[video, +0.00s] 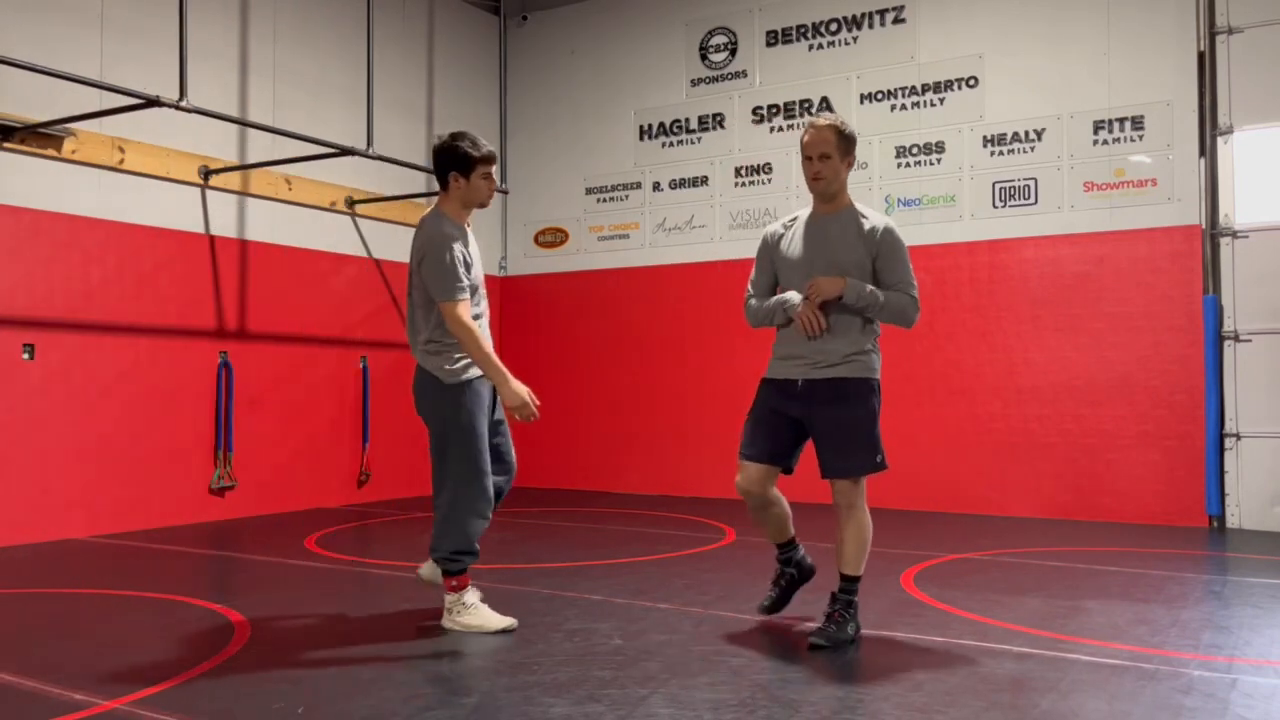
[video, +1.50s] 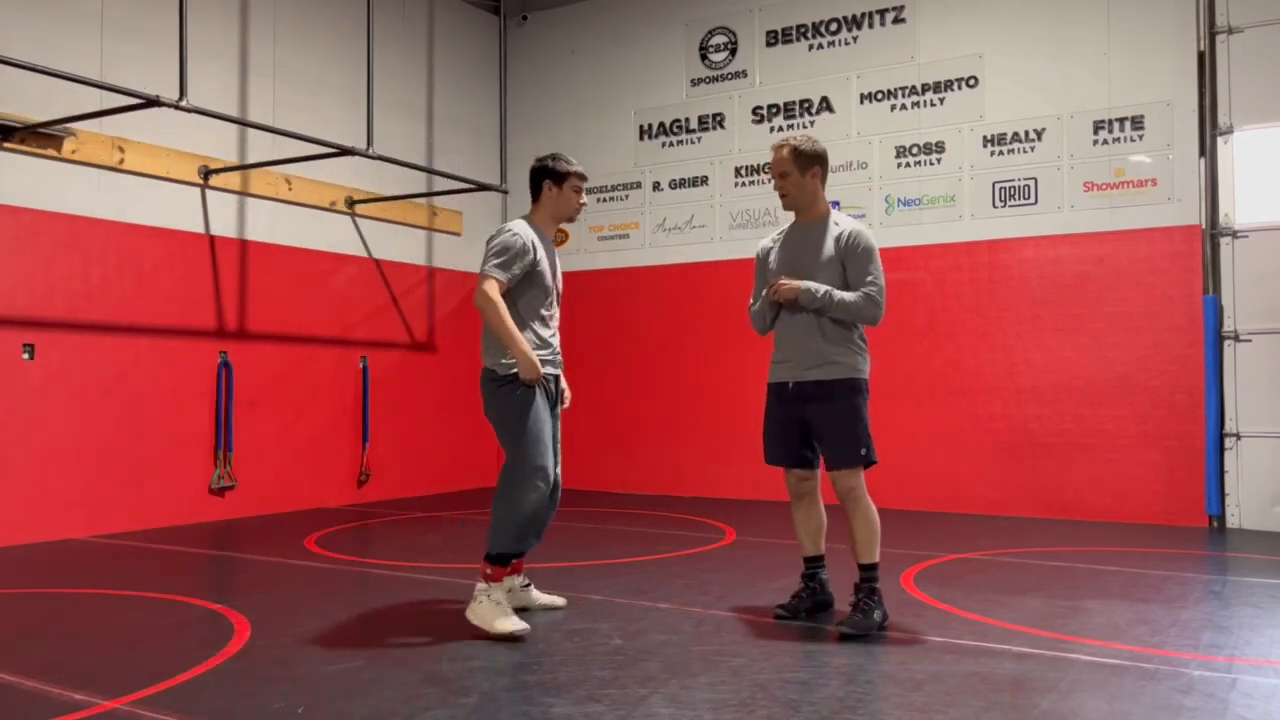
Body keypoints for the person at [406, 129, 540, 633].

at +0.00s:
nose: (496, 184)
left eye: (495, 175)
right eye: (488, 176)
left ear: (458, 182)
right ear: (456, 180)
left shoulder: (456, 228)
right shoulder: (443, 238)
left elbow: (457, 315)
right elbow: (458, 321)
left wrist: (480, 370)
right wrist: (506, 383)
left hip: (472, 376)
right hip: (453, 380)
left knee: (499, 471)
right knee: (464, 481)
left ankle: (445, 557)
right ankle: (458, 596)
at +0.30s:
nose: (517, 185)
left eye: (517, 175)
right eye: (510, 176)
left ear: (482, 180)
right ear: (478, 178)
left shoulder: (476, 226)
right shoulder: (458, 239)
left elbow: (476, 310)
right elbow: (462, 322)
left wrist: (500, 372)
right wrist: (489, 393)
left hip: (498, 375)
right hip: (470, 383)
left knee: (532, 463)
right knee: (481, 486)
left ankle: (558, 545)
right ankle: (461, 596)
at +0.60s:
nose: (529, 183)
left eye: (529, 174)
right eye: (522, 174)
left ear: (497, 179)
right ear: (491, 177)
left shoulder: (496, 230)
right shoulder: (464, 239)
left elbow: (499, 312)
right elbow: (451, 321)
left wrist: (522, 371)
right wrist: (455, 396)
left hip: (520, 377)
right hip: (488, 384)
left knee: (551, 466)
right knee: (488, 485)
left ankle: (539, 558)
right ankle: (460, 596)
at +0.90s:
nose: (546, 185)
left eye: (545, 176)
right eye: (538, 177)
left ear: (517, 182)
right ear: (509, 181)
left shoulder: (520, 239)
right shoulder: (478, 244)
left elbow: (523, 313)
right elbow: (470, 319)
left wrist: (539, 372)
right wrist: (481, 389)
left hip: (536, 380)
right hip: (504, 383)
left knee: (537, 485)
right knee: (496, 487)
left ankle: (512, 584)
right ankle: (461, 597)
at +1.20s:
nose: (568, 192)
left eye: (568, 185)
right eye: (561, 184)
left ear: (543, 189)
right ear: (533, 186)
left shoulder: (537, 245)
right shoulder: (503, 240)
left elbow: (533, 315)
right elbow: (489, 308)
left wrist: (546, 369)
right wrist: (516, 374)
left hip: (545, 380)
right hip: (516, 382)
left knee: (549, 486)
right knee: (518, 488)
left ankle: (513, 583)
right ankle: (466, 594)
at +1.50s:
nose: (583, 199)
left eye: (584, 192)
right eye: (577, 190)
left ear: (558, 193)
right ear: (548, 189)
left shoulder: (547, 249)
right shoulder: (516, 236)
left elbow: (543, 319)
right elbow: (486, 294)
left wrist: (558, 372)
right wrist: (521, 353)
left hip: (541, 381)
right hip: (515, 380)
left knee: (547, 480)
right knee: (530, 475)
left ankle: (511, 580)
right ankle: (487, 591)